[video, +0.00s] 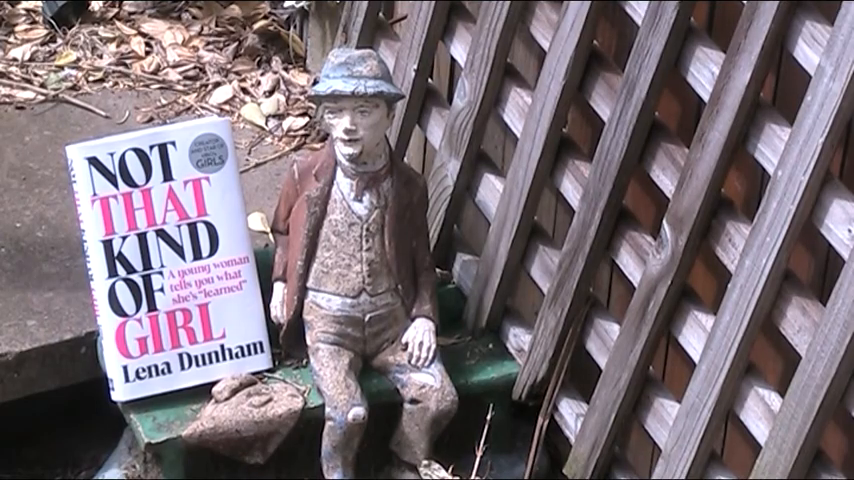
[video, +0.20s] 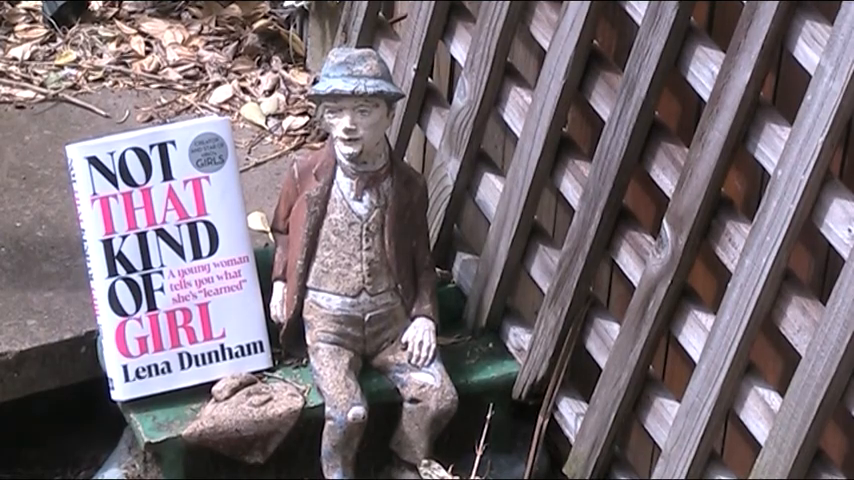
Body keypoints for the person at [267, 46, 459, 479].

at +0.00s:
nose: (348, 125)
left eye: (364, 111)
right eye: (336, 112)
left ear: (388, 115)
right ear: (323, 117)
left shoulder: (409, 185)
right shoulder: (304, 174)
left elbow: (423, 261)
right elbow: (283, 233)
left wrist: (424, 316)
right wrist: (281, 282)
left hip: (393, 322)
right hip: (328, 322)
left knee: (438, 398)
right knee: (349, 415)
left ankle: (407, 457)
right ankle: (337, 472)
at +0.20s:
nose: (348, 125)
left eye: (364, 111)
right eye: (336, 112)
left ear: (388, 115)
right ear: (323, 117)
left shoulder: (409, 184)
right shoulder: (304, 173)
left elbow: (423, 261)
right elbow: (283, 232)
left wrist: (424, 315)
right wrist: (281, 281)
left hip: (393, 322)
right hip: (328, 322)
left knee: (438, 398)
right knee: (349, 414)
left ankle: (407, 458)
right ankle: (337, 471)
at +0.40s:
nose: (348, 124)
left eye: (364, 111)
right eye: (336, 111)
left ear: (388, 114)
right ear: (323, 116)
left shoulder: (409, 184)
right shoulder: (304, 173)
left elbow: (423, 261)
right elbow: (283, 232)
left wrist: (425, 315)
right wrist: (281, 281)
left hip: (393, 322)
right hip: (328, 321)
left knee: (438, 398)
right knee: (349, 414)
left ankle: (406, 458)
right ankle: (338, 472)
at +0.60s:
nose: (349, 127)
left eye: (364, 113)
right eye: (336, 114)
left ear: (389, 116)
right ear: (323, 118)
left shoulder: (409, 186)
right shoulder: (305, 175)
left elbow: (423, 263)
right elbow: (283, 235)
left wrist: (425, 317)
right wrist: (282, 284)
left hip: (394, 325)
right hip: (329, 324)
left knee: (438, 399)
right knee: (349, 416)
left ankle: (408, 461)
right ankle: (338, 472)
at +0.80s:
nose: (348, 126)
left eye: (364, 112)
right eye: (336, 113)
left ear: (389, 115)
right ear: (323, 117)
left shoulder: (409, 185)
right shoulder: (305, 174)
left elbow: (423, 263)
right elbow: (283, 234)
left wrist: (425, 316)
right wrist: (282, 283)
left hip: (393, 323)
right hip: (328, 323)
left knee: (438, 399)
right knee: (349, 415)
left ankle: (407, 459)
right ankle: (337, 472)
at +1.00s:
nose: (348, 124)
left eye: (364, 110)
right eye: (336, 110)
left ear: (389, 113)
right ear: (323, 115)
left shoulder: (409, 183)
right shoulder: (304, 171)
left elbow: (423, 260)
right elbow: (283, 231)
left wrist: (425, 314)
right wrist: (282, 281)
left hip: (393, 321)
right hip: (328, 321)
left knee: (438, 397)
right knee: (349, 413)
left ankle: (405, 459)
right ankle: (338, 471)